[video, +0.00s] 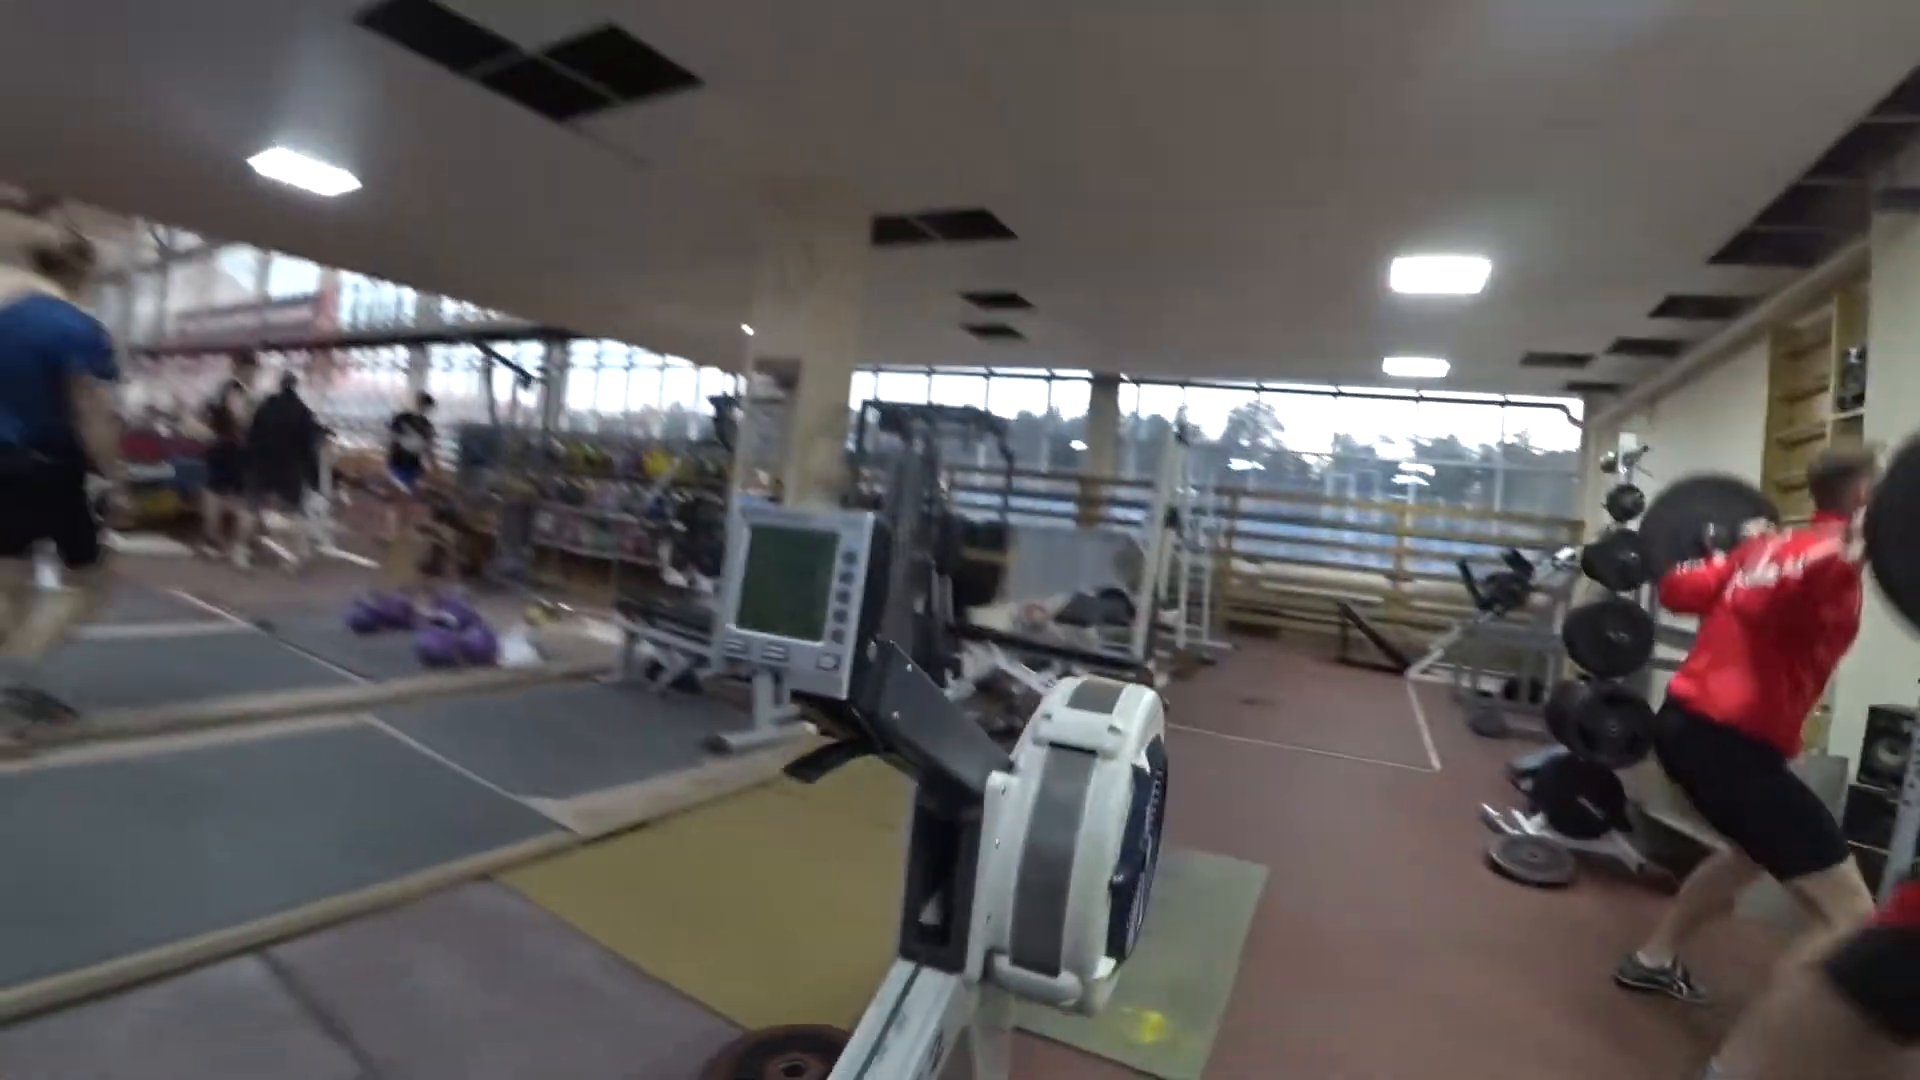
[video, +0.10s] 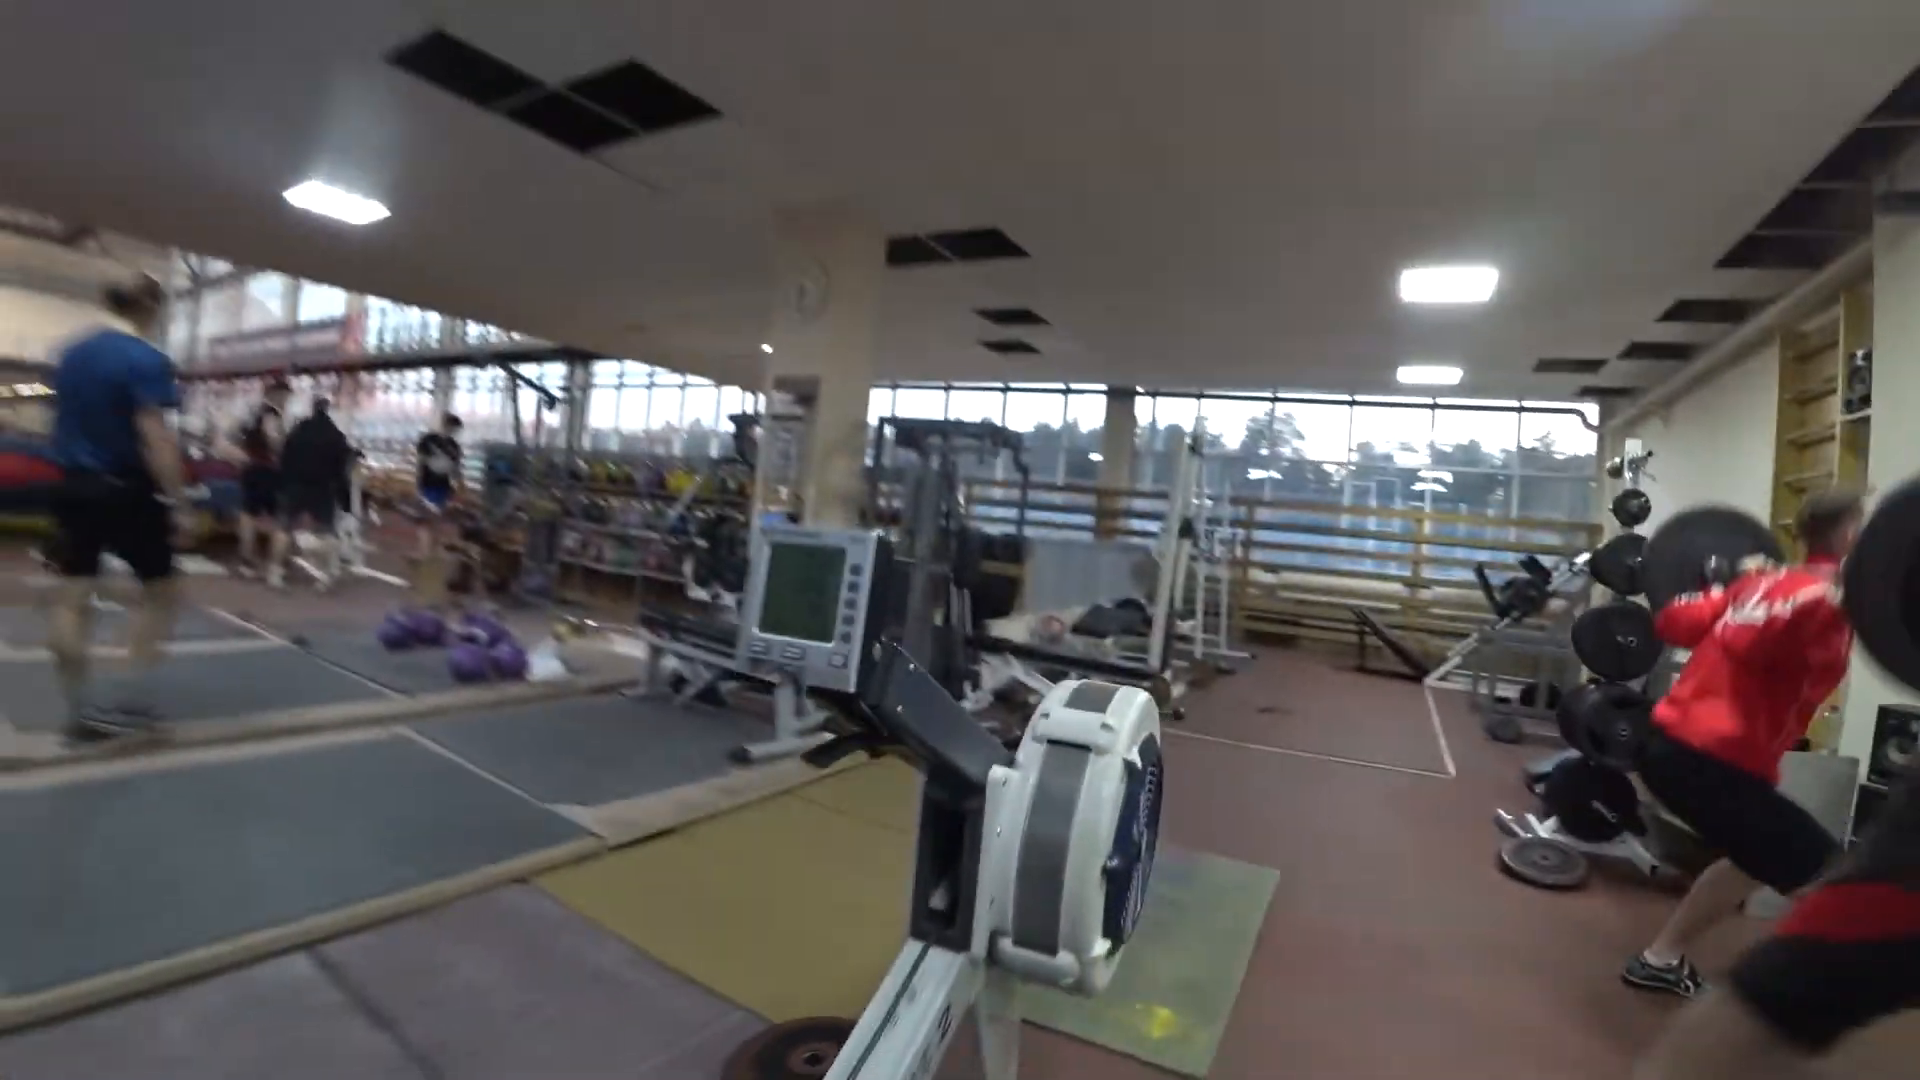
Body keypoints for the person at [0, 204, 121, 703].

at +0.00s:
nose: (87, 278)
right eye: (85, 271)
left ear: (40, 266)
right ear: (80, 274)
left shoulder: (9, 317)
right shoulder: (80, 329)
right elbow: (94, 418)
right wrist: (115, 476)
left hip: (3, 466)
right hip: (51, 470)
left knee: (11, 581)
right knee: (86, 577)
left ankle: (12, 679)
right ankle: (22, 666)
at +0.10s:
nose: (159, 318)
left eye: (156, 309)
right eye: (158, 310)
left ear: (114, 305)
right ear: (150, 311)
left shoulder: (78, 352)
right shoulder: (147, 361)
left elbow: (67, 423)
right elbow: (155, 436)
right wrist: (178, 497)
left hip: (74, 489)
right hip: (127, 492)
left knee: (74, 592)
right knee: (161, 590)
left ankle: (80, 709)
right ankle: (133, 699)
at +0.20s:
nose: (217, 351)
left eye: (212, 343)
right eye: (215, 344)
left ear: (173, 342)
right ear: (209, 345)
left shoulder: (142, 384)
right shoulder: (208, 392)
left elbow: (131, 447)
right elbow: (215, 464)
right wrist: (235, 526)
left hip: (139, 512)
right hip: (189, 515)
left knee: (129, 613)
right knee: (218, 607)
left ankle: (128, 721)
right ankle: (222, 703)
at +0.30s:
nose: (268, 367)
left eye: (263, 359)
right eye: (266, 360)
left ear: (230, 362)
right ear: (262, 362)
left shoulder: (198, 402)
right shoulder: (261, 410)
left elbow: (185, 460)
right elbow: (268, 482)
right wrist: (287, 535)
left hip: (192, 520)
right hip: (242, 524)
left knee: (185, 618)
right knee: (266, 612)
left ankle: (173, 720)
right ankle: (286, 695)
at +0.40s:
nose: (320, 379)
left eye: (318, 372)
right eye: (320, 373)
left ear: (283, 367)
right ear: (314, 371)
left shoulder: (254, 404)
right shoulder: (313, 410)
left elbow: (244, 450)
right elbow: (320, 472)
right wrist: (336, 529)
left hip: (257, 516)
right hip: (301, 518)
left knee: (246, 606)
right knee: (317, 604)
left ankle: (219, 700)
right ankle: (331, 681)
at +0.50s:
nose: (371, 358)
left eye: (365, 351)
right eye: (371, 352)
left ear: (337, 349)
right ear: (367, 352)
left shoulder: (312, 387)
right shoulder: (367, 394)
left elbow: (307, 440)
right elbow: (380, 458)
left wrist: (316, 480)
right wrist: (394, 504)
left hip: (320, 490)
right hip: (358, 492)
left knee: (314, 572)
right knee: (370, 574)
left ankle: (276, 657)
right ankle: (377, 651)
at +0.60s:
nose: (427, 334)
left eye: (422, 327)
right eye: (426, 329)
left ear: (394, 326)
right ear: (421, 329)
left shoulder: (369, 362)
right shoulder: (423, 371)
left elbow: (358, 414)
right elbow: (437, 432)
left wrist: (365, 449)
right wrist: (454, 473)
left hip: (379, 460)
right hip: (416, 462)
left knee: (381, 537)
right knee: (416, 540)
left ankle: (341, 606)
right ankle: (419, 619)